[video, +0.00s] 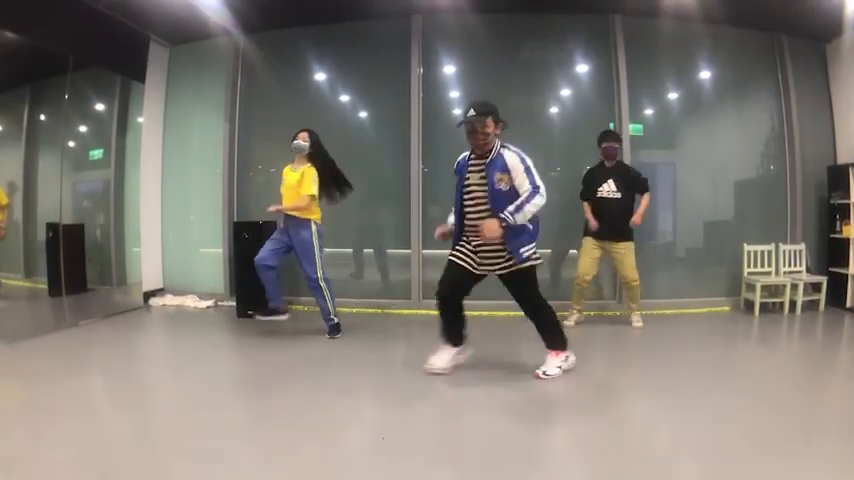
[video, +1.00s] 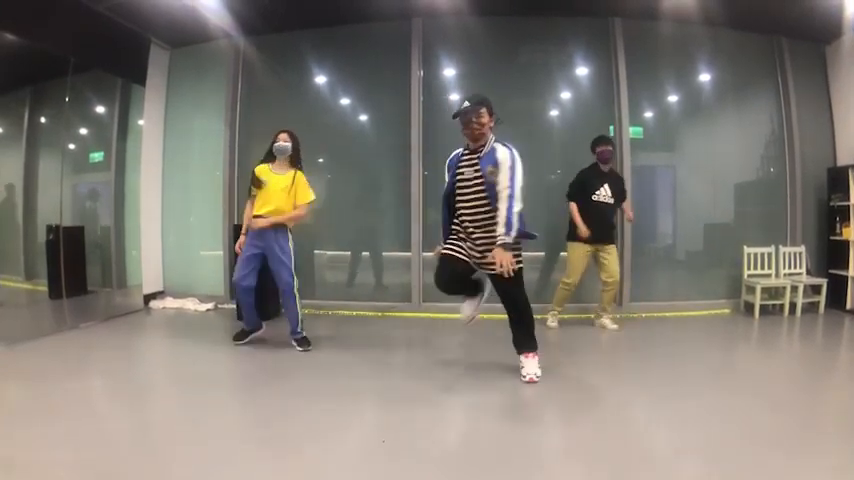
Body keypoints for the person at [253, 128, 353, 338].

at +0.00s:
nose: (299, 142)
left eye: (304, 140)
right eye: (297, 138)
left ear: (311, 147)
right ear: (292, 144)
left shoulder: (310, 171)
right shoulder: (287, 170)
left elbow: (306, 202)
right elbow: (287, 198)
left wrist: (281, 208)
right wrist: (283, 220)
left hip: (307, 225)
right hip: (288, 223)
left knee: (315, 275)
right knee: (263, 260)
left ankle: (332, 322)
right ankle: (276, 308)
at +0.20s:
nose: (274, 148)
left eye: (279, 145)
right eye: (272, 144)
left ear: (286, 151)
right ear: (267, 149)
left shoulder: (288, 173)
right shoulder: (266, 176)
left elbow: (298, 204)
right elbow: (270, 208)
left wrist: (268, 213)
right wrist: (261, 233)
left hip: (290, 230)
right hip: (270, 230)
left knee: (306, 277)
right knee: (252, 275)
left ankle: (331, 322)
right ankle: (253, 326)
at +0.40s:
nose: (261, 141)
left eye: (266, 138)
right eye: (258, 138)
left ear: (273, 145)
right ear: (252, 145)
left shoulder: (284, 171)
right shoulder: (246, 173)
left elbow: (289, 202)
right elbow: (242, 204)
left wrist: (291, 232)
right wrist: (240, 230)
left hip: (279, 224)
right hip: (256, 224)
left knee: (288, 272)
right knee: (253, 277)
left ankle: (289, 314)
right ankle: (248, 325)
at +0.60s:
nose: (261, 142)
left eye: (265, 139)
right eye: (257, 140)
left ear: (272, 146)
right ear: (252, 147)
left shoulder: (284, 172)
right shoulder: (245, 174)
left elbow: (299, 198)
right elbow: (233, 202)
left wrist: (302, 227)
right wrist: (238, 226)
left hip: (279, 226)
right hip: (254, 225)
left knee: (283, 274)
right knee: (250, 277)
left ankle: (287, 324)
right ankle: (242, 324)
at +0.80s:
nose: (271, 145)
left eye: (275, 142)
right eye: (267, 142)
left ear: (282, 148)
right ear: (261, 149)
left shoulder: (292, 175)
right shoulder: (254, 174)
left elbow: (309, 198)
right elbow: (235, 199)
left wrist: (303, 222)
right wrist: (246, 221)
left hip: (284, 230)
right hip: (259, 229)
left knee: (291, 280)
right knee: (252, 280)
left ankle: (298, 332)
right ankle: (243, 327)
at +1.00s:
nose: (281, 144)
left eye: (286, 141)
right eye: (278, 140)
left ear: (294, 148)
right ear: (272, 146)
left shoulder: (297, 176)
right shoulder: (260, 170)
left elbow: (302, 212)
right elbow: (251, 202)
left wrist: (269, 221)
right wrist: (243, 234)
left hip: (279, 234)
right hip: (254, 232)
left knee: (287, 283)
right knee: (241, 280)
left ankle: (297, 333)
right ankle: (252, 325)